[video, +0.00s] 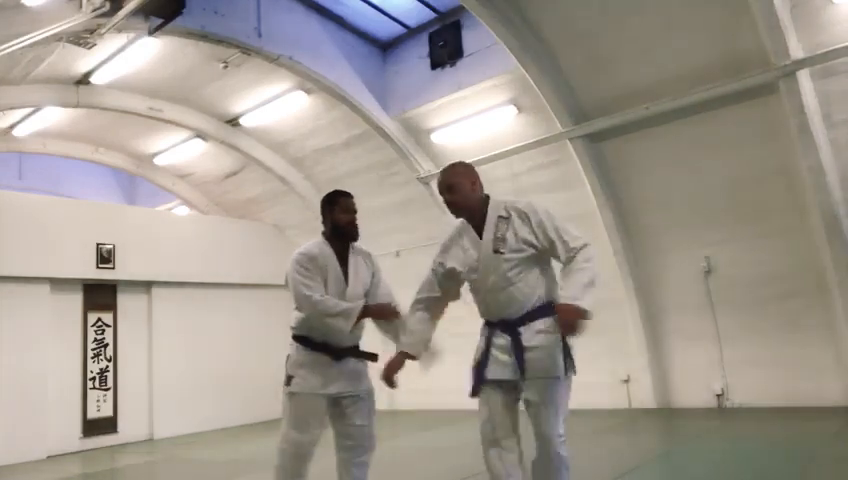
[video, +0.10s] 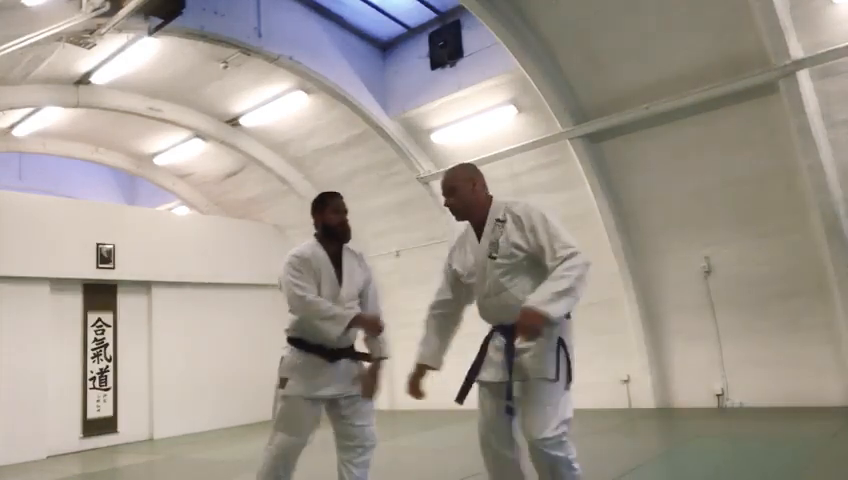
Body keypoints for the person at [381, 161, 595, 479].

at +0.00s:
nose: (446, 199)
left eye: (450, 189)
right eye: (442, 193)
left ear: (474, 183)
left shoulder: (523, 215)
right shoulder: (455, 245)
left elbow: (579, 251)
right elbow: (428, 301)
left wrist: (571, 301)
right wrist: (405, 351)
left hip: (542, 330)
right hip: (497, 338)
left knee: (548, 434)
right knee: (496, 434)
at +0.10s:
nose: (447, 203)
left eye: (451, 193)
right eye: (445, 196)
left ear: (477, 185)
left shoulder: (522, 216)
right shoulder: (462, 246)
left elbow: (573, 262)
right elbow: (445, 306)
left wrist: (540, 307)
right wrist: (424, 362)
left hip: (542, 336)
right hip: (500, 340)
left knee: (544, 436)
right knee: (494, 436)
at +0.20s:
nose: (451, 201)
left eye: (455, 191)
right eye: (449, 193)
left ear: (480, 183)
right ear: (477, 185)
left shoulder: (521, 213)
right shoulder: (474, 243)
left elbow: (563, 265)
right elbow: (468, 307)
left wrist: (515, 318)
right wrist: (449, 368)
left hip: (546, 336)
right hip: (505, 342)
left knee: (544, 436)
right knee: (500, 440)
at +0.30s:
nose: (459, 195)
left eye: (463, 184)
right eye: (458, 186)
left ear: (486, 178)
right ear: (486, 180)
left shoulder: (524, 209)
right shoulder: (494, 233)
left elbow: (553, 265)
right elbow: (493, 303)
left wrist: (501, 326)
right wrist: (482, 357)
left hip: (559, 339)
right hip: (526, 346)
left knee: (566, 447)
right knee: (519, 447)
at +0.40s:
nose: (472, 198)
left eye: (475, 187)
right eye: (471, 190)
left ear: (497, 180)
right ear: (502, 181)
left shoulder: (522, 210)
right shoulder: (518, 216)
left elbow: (538, 274)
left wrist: (503, 344)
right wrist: (507, 349)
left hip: (570, 333)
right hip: (547, 337)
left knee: (585, 452)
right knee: (529, 436)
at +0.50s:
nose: (485, 196)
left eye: (488, 186)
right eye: (484, 188)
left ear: (507, 180)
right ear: (516, 180)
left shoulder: (527, 210)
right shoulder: (546, 210)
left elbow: (524, 279)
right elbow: (557, 290)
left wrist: (504, 348)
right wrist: (533, 350)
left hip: (575, 329)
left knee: (581, 450)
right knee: (546, 448)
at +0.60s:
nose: (499, 185)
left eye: (501, 175)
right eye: (499, 176)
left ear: (519, 170)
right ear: (533, 169)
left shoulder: (532, 203)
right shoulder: (561, 200)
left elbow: (527, 276)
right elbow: (575, 272)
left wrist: (509, 330)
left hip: (572, 326)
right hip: (592, 320)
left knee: (583, 449)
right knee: (588, 446)